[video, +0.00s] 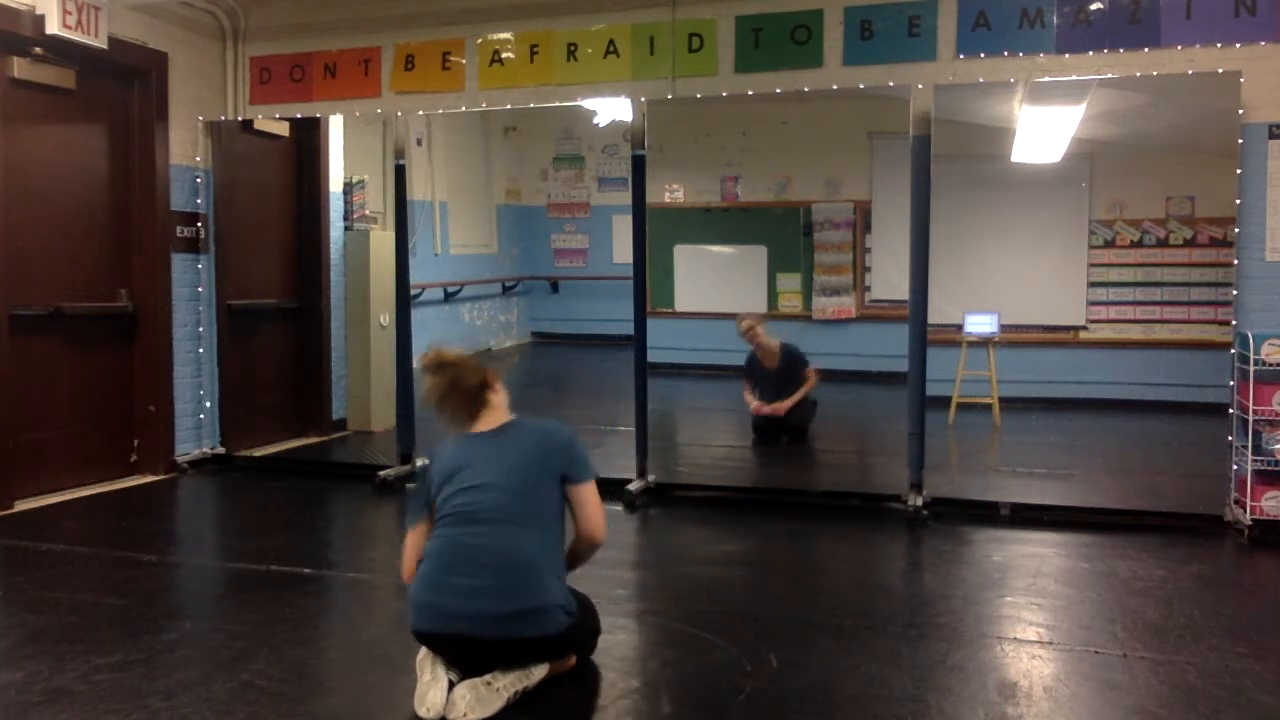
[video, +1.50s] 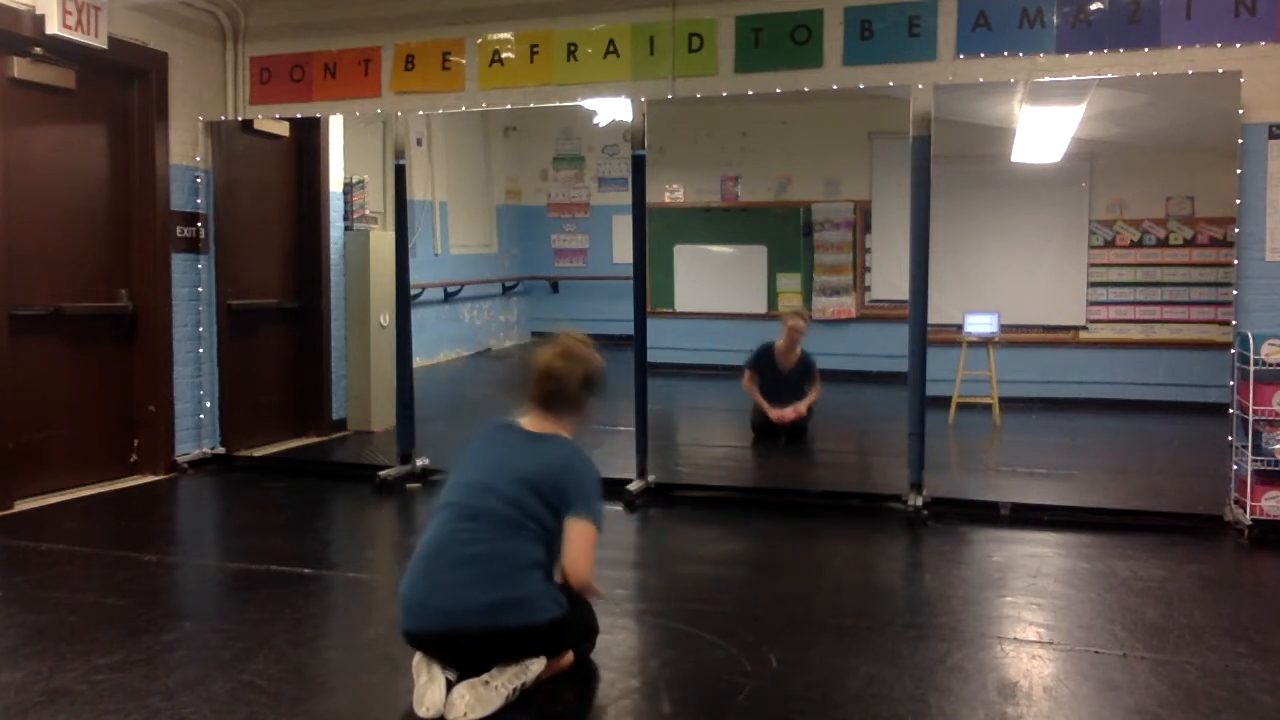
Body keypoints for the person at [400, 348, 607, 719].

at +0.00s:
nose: (502, 385)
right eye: (498, 382)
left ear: (450, 408)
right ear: (494, 385)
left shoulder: (441, 457)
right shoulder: (555, 438)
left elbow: (410, 572)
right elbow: (593, 533)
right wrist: (555, 568)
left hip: (437, 624)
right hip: (531, 620)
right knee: (583, 615)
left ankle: (447, 673)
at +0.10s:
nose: (492, 407)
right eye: (488, 404)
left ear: (443, 435)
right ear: (485, 406)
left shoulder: (443, 474)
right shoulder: (545, 447)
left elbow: (425, 559)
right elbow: (582, 547)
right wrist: (549, 587)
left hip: (443, 616)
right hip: (538, 614)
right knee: (585, 631)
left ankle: (439, 663)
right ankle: (508, 681)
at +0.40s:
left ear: (452, 481)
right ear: (491, 458)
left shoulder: (459, 491)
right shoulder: (551, 477)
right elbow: (554, 537)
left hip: (443, 594)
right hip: (534, 587)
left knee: (486, 652)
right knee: (583, 637)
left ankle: (443, 662)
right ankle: (533, 666)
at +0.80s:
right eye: (510, 400)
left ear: (457, 421)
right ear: (507, 404)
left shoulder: (446, 458)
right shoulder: (546, 446)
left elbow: (452, 522)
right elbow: (557, 527)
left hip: (444, 606)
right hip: (536, 601)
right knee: (584, 635)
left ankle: (445, 662)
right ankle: (517, 675)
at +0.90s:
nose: (522, 390)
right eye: (519, 383)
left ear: (457, 399)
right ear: (512, 389)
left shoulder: (439, 445)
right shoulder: (544, 438)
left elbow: (420, 533)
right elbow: (584, 537)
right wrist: (548, 564)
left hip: (439, 609)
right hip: (528, 603)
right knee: (584, 632)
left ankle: (440, 664)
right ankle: (514, 675)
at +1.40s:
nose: (571, 384)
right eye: (570, 376)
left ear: (509, 374)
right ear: (563, 384)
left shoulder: (456, 432)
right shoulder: (562, 450)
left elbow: (414, 517)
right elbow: (564, 548)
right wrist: (560, 575)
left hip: (423, 623)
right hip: (508, 626)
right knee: (583, 622)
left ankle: (437, 673)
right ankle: (495, 688)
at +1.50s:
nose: (591, 407)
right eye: (590, 396)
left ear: (533, 388)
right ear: (587, 403)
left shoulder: (487, 438)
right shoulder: (576, 466)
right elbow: (577, 573)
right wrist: (585, 590)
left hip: (423, 619)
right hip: (506, 622)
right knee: (582, 624)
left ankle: (438, 671)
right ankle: (492, 691)